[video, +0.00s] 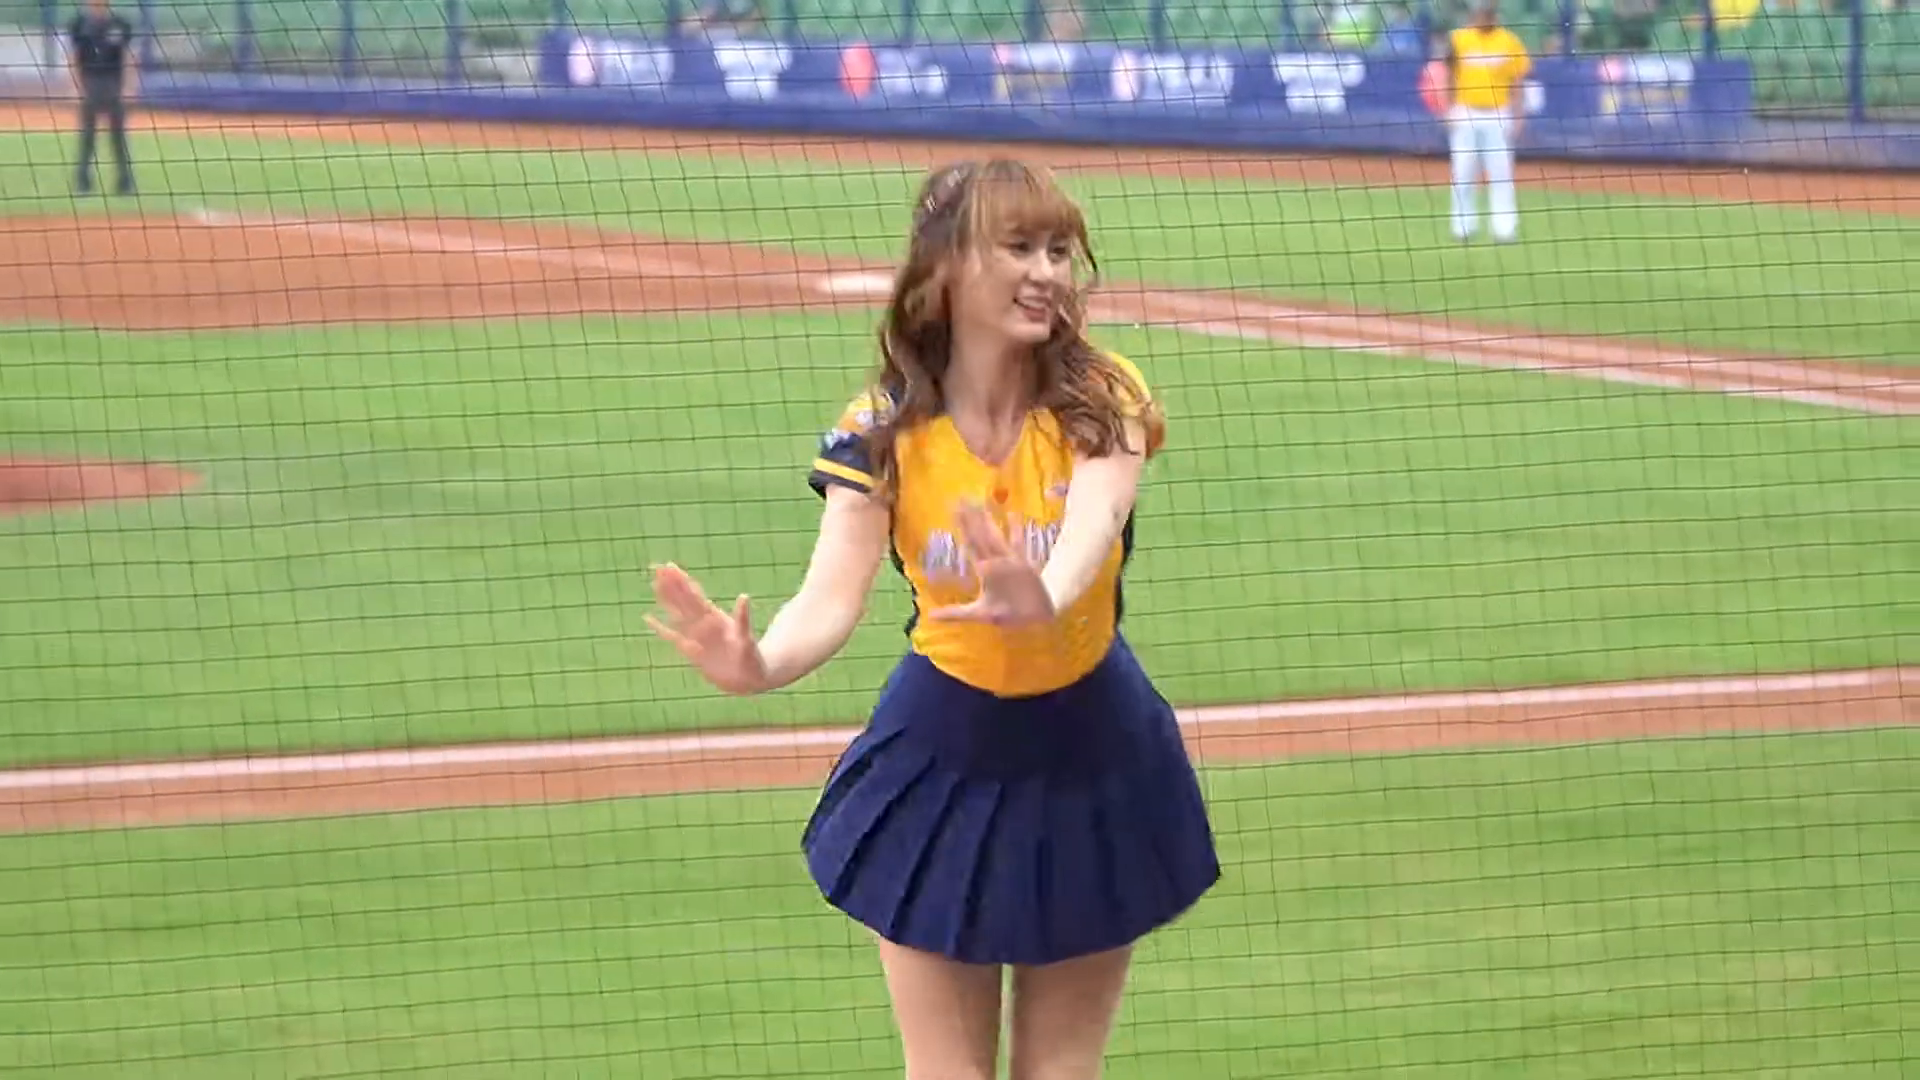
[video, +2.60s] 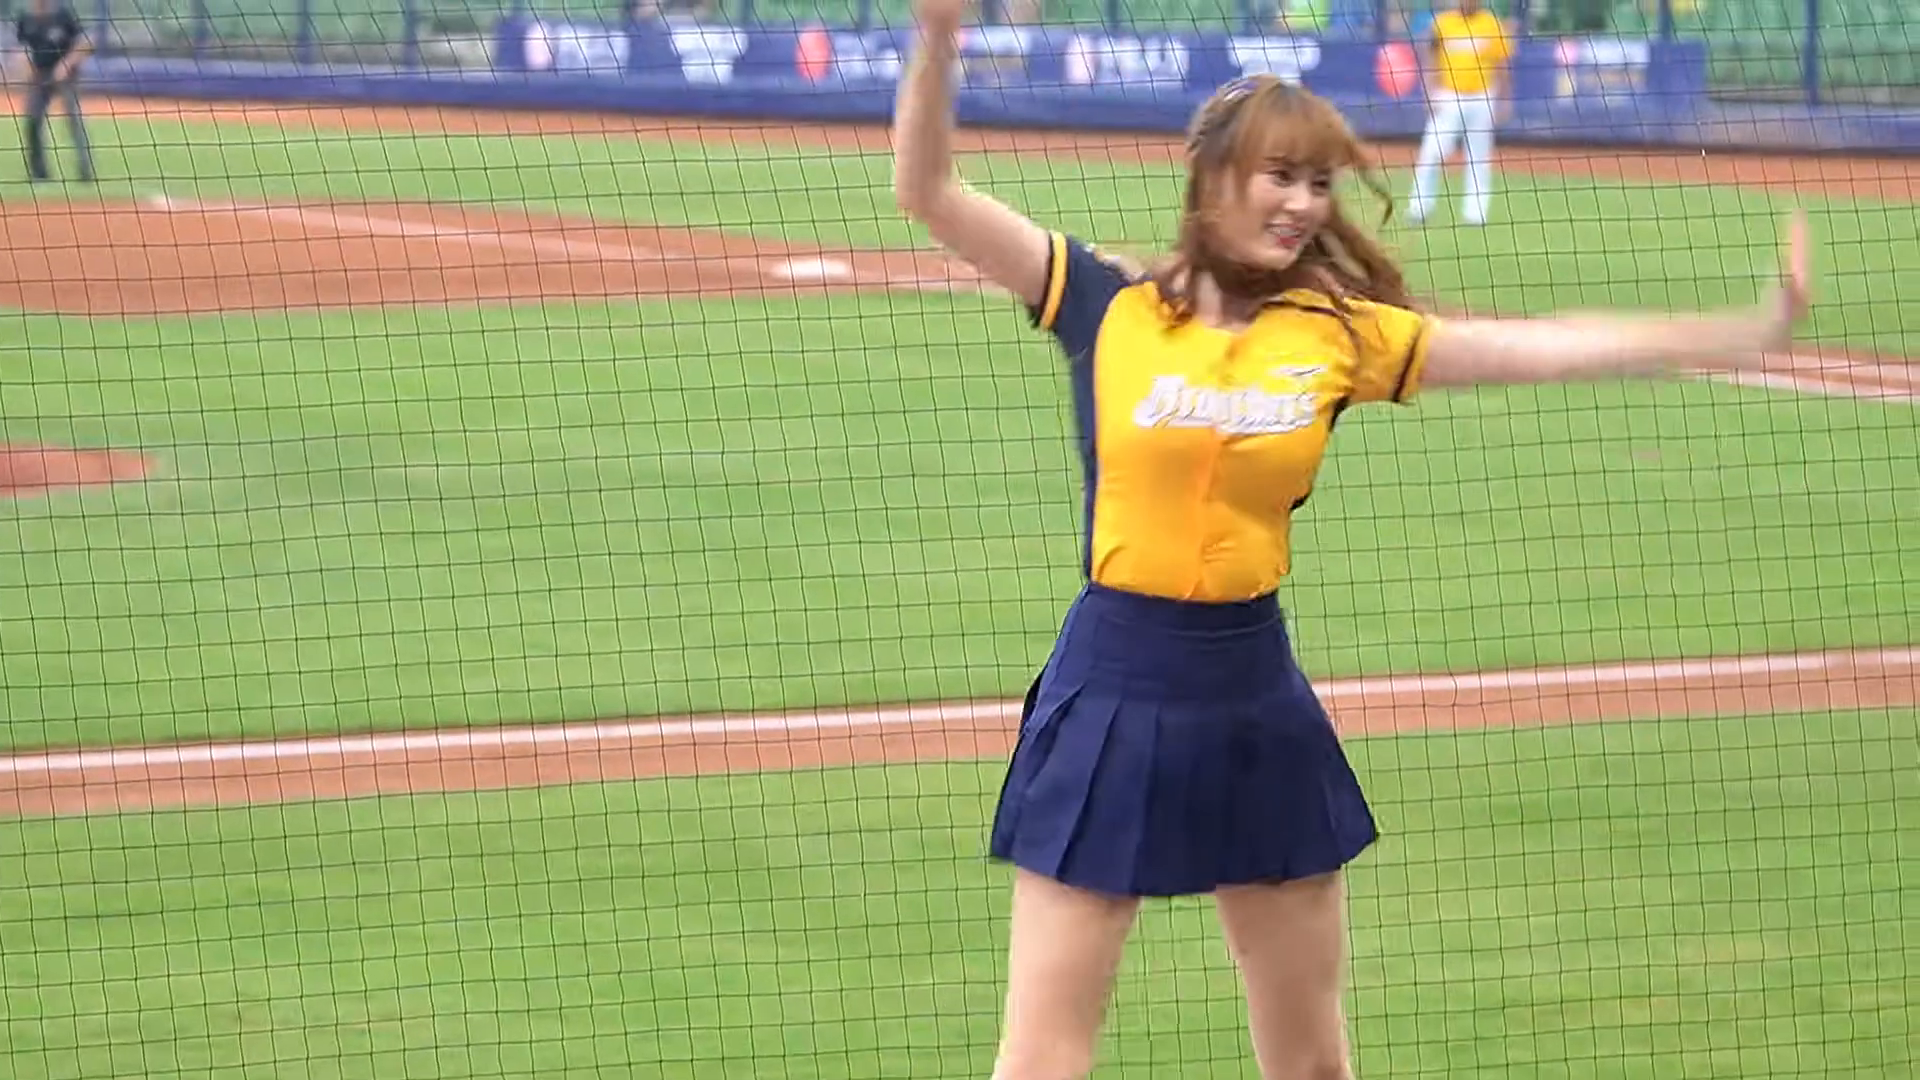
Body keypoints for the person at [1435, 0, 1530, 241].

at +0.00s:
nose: (1485, 18)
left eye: (1489, 13)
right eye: (1481, 13)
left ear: (1495, 14)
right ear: (1473, 14)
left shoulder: (1508, 41)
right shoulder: (1458, 39)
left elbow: (1518, 84)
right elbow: (1447, 74)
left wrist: (1518, 118)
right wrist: (1448, 106)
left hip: (1498, 113)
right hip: (1464, 112)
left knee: (1500, 170)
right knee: (1463, 171)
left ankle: (1504, 225)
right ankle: (1463, 224)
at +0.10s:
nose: (1500, 12)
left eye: (1504, 7)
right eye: (1495, 7)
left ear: (1510, 9)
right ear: (1489, 9)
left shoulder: (1526, 37)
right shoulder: (1475, 34)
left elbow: (1536, 79)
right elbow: (1465, 70)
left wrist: (1536, 112)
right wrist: (1466, 102)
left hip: (1516, 108)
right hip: (1482, 107)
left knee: (1519, 165)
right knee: (1482, 166)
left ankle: (1524, 220)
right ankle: (1483, 219)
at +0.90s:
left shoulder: (1520, 8)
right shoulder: (1468, 11)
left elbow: (1535, 44)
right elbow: (1461, 50)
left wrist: (1537, 79)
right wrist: (1465, 84)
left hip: (1519, 78)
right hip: (1484, 79)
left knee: (1526, 137)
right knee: (1491, 140)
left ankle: (1538, 192)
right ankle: (1499, 193)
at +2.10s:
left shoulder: (1520, 5)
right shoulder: (1467, 5)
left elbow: (1528, 39)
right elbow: (1452, 30)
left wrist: (1526, 71)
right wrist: (1455, 71)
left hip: (1510, 71)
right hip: (1476, 71)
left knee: (1518, 130)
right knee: (1474, 131)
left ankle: (1528, 185)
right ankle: (1473, 186)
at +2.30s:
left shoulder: (1499, 5)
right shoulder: (1448, 6)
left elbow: (1510, 38)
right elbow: (1442, 36)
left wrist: (1507, 74)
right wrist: (1439, 70)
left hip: (1491, 75)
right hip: (1457, 73)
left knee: (1493, 135)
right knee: (1447, 135)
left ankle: (1497, 190)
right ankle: (1441, 189)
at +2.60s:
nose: (1467, 4)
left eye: (1471, 1)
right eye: (1463, 1)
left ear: (1478, 2)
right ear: (1457, 2)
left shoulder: (1491, 24)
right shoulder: (1442, 23)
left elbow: (1503, 67)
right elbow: (1429, 59)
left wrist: (1504, 101)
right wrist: (1431, 93)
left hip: (1481, 99)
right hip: (1447, 98)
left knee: (1479, 155)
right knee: (1431, 151)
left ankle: (1476, 210)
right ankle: (1419, 205)